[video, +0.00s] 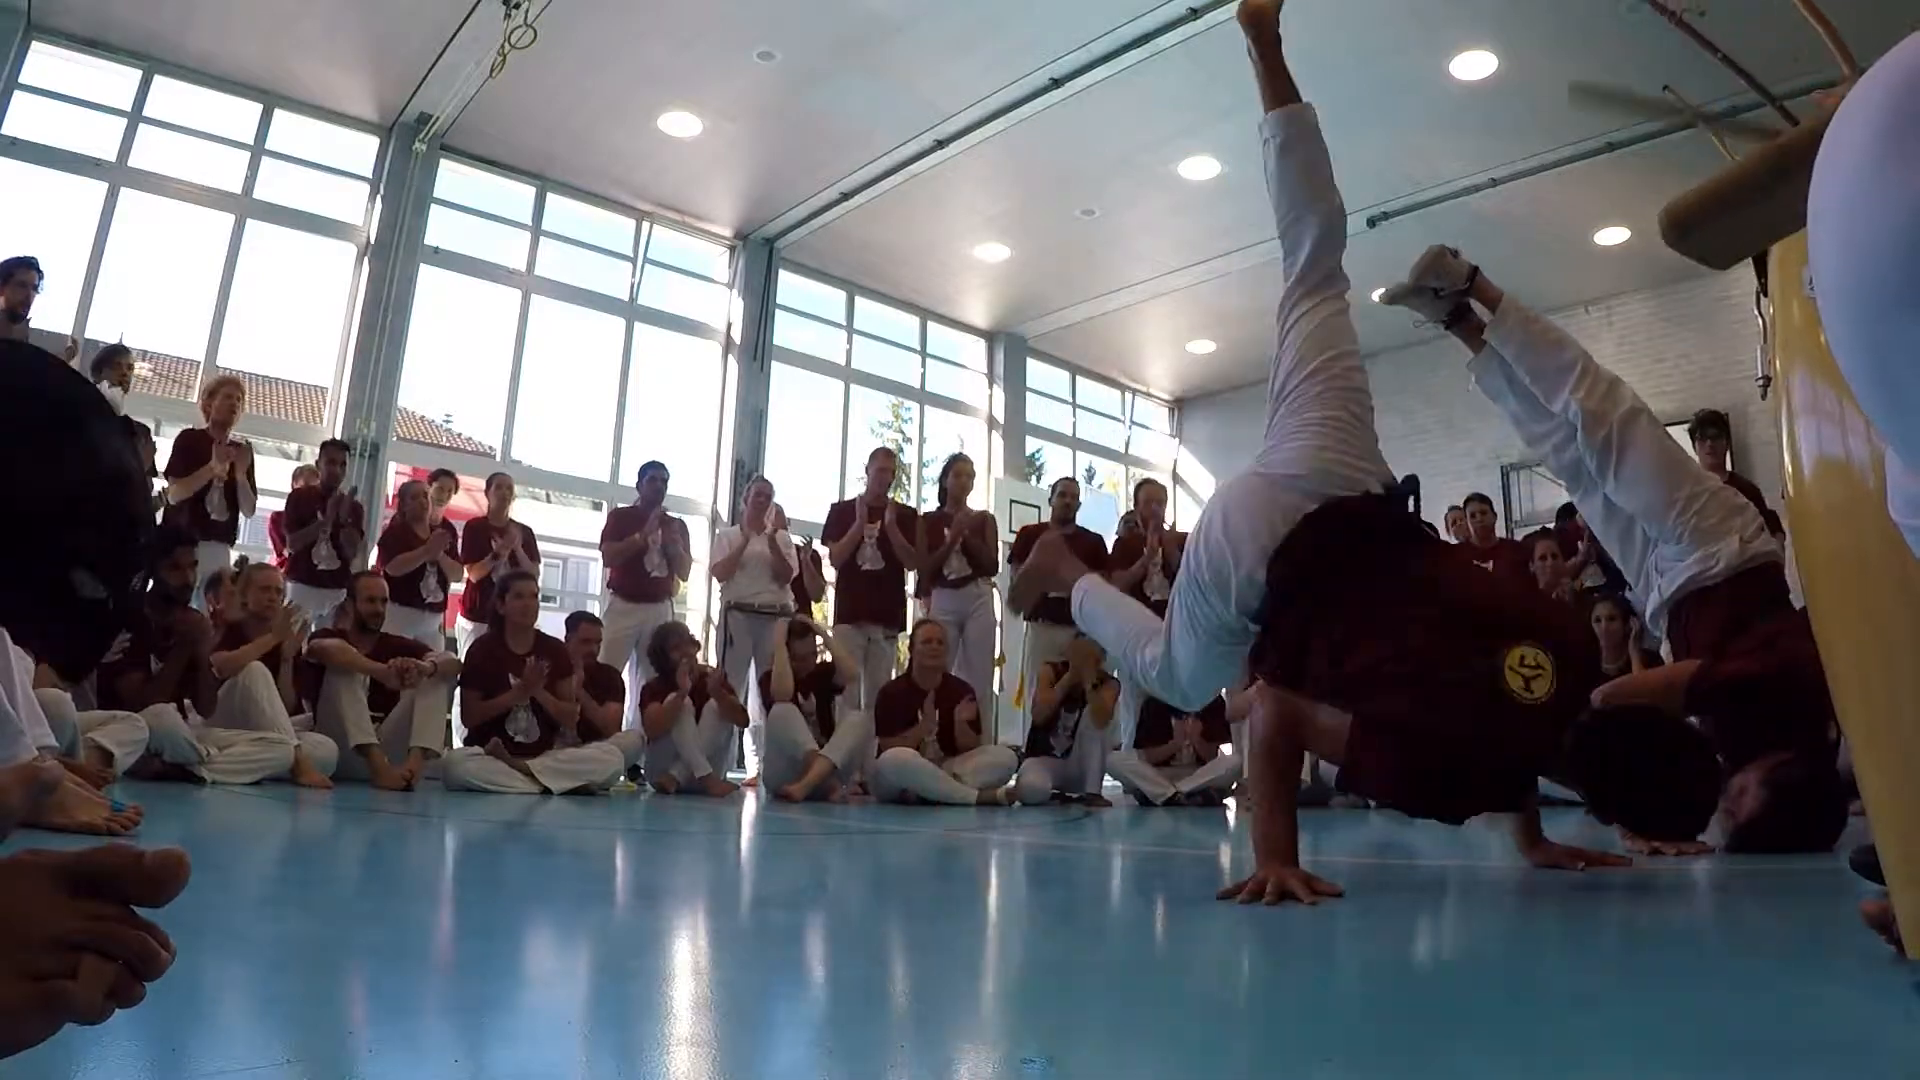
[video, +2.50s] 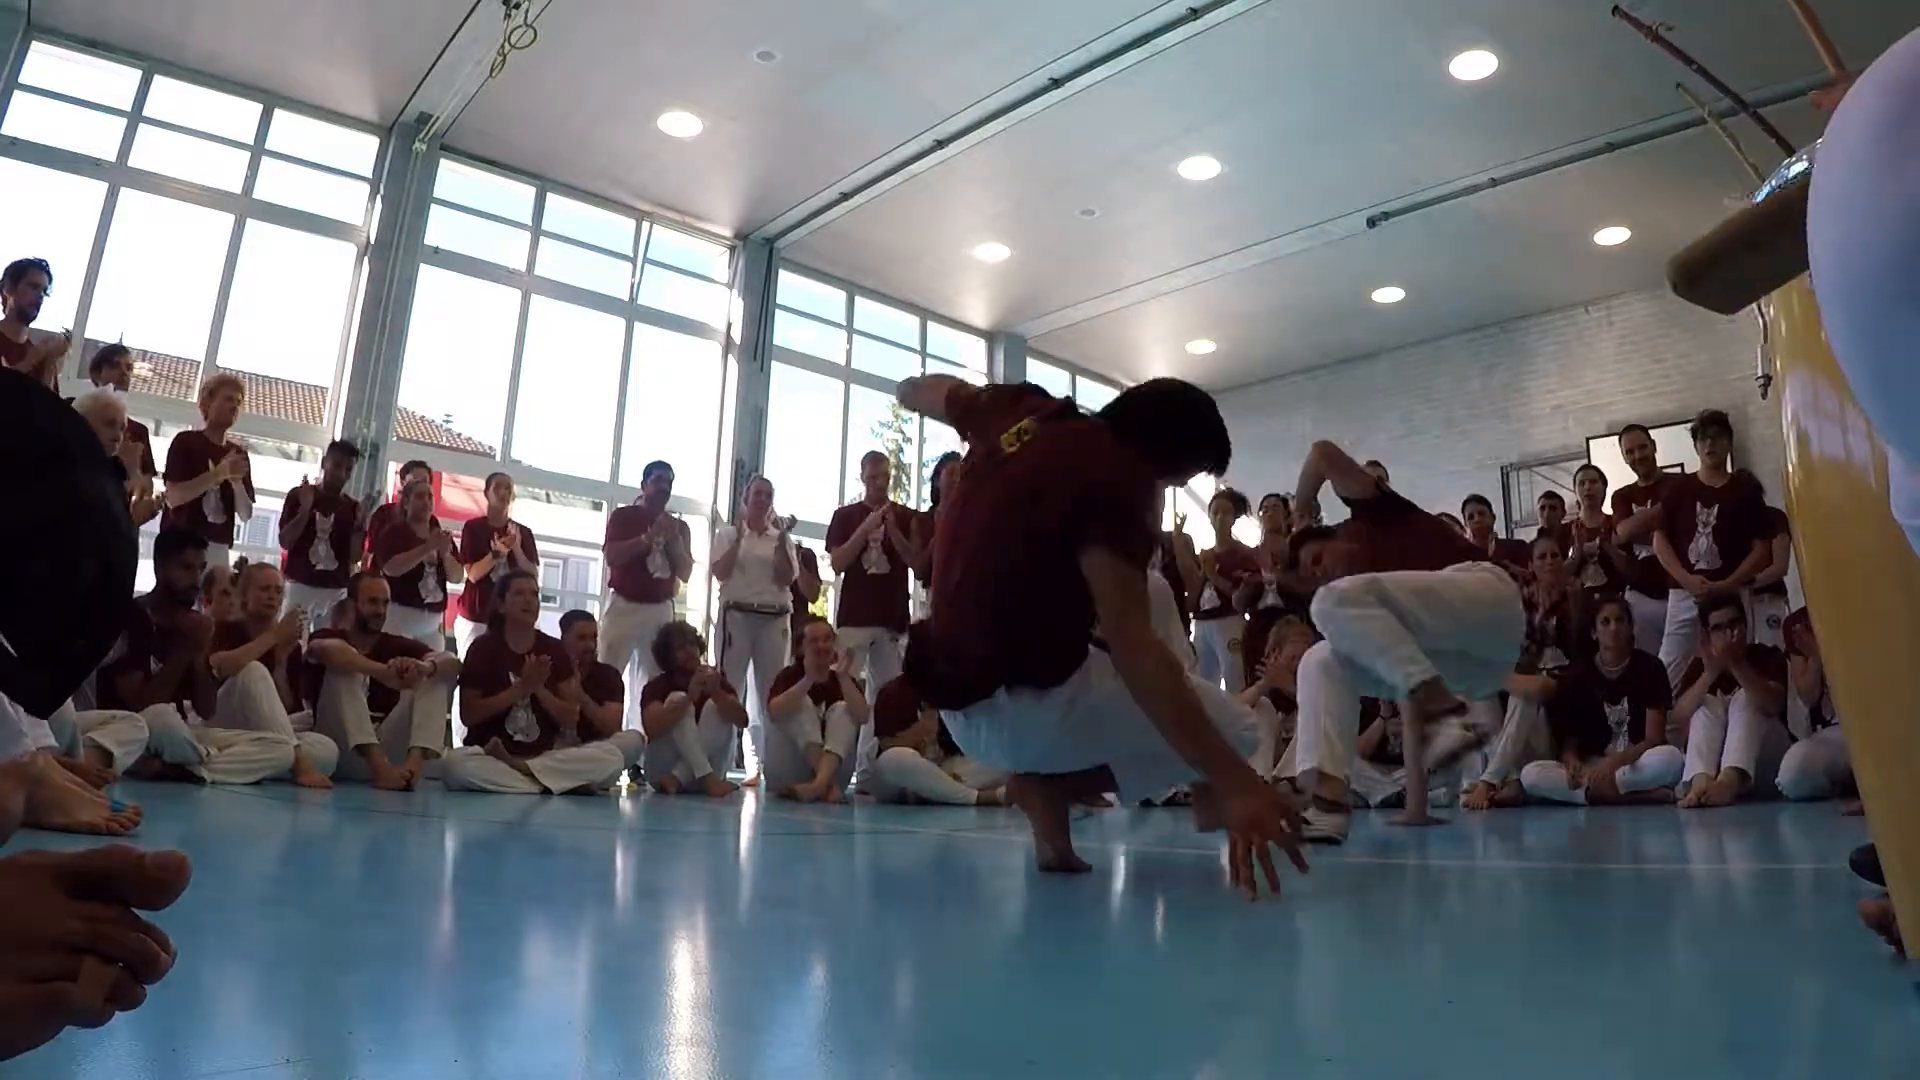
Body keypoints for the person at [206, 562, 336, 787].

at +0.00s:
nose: (272, 597)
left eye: (278, 591)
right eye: (264, 590)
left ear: (283, 597)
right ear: (245, 594)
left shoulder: (287, 640)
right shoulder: (229, 630)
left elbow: (288, 707)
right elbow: (220, 667)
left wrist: (288, 657)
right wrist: (273, 638)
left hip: (269, 732)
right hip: (224, 723)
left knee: (326, 751)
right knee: (254, 671)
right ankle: (298, 761)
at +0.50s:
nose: (273, 597)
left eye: (278, 590)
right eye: (264, 589)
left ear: (283, 597)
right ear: (245, 595)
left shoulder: (290, 644)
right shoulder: (224, 630)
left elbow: (290, 709)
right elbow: (221, 665)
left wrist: (283, 662)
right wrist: (281, 638)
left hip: (270, 733)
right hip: (224, 725)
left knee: (326, 751)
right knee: (253, 671)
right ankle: (299, 762)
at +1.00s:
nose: (274, 598)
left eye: (279, 591)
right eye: (266, 590)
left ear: (284, 597)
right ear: (245, 595)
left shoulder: (290, 642)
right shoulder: (228, 630)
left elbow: (290, 710)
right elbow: (221, 667)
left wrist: (284, 660)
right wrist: (275, 638)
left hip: (274, 733)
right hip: (227, 726)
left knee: (327, 752)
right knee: (253, 671)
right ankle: (299, 762)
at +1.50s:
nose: (274, 597)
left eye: (279, 591)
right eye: (265, 589)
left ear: (284, 597)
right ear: (245, 594)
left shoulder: (285, 641)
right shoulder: (224, 628)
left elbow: (290, 712)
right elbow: (220, 666)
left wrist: (283, 665)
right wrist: (273, 637)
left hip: (271, 733)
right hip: (223, 725)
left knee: (327, 751)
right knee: (253, 671)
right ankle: (299, 762)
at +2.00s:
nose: (274, 597)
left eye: (279, 591)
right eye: (266, 589)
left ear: (284, 597)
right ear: (246, 595)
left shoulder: (291, 646)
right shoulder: (224, 630)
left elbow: (293, 711)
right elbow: (222, 666)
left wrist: (279, 664)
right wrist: (278, 637)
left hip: (273, 733)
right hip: (224, 726)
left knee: (326, 752)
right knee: (253, 671)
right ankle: (298, 762)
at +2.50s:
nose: (273, 597)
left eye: (278, 591)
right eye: (264, 589)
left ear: (283, 597)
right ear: (244, 593)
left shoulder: (290, 647)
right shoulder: (225, 630)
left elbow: (290, 708)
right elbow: (219, 667)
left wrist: (281, 661)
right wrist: (274, 637)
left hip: (271, 732)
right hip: (223, 724)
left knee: (326, 751)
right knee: (253, 671)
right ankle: (299, 763)